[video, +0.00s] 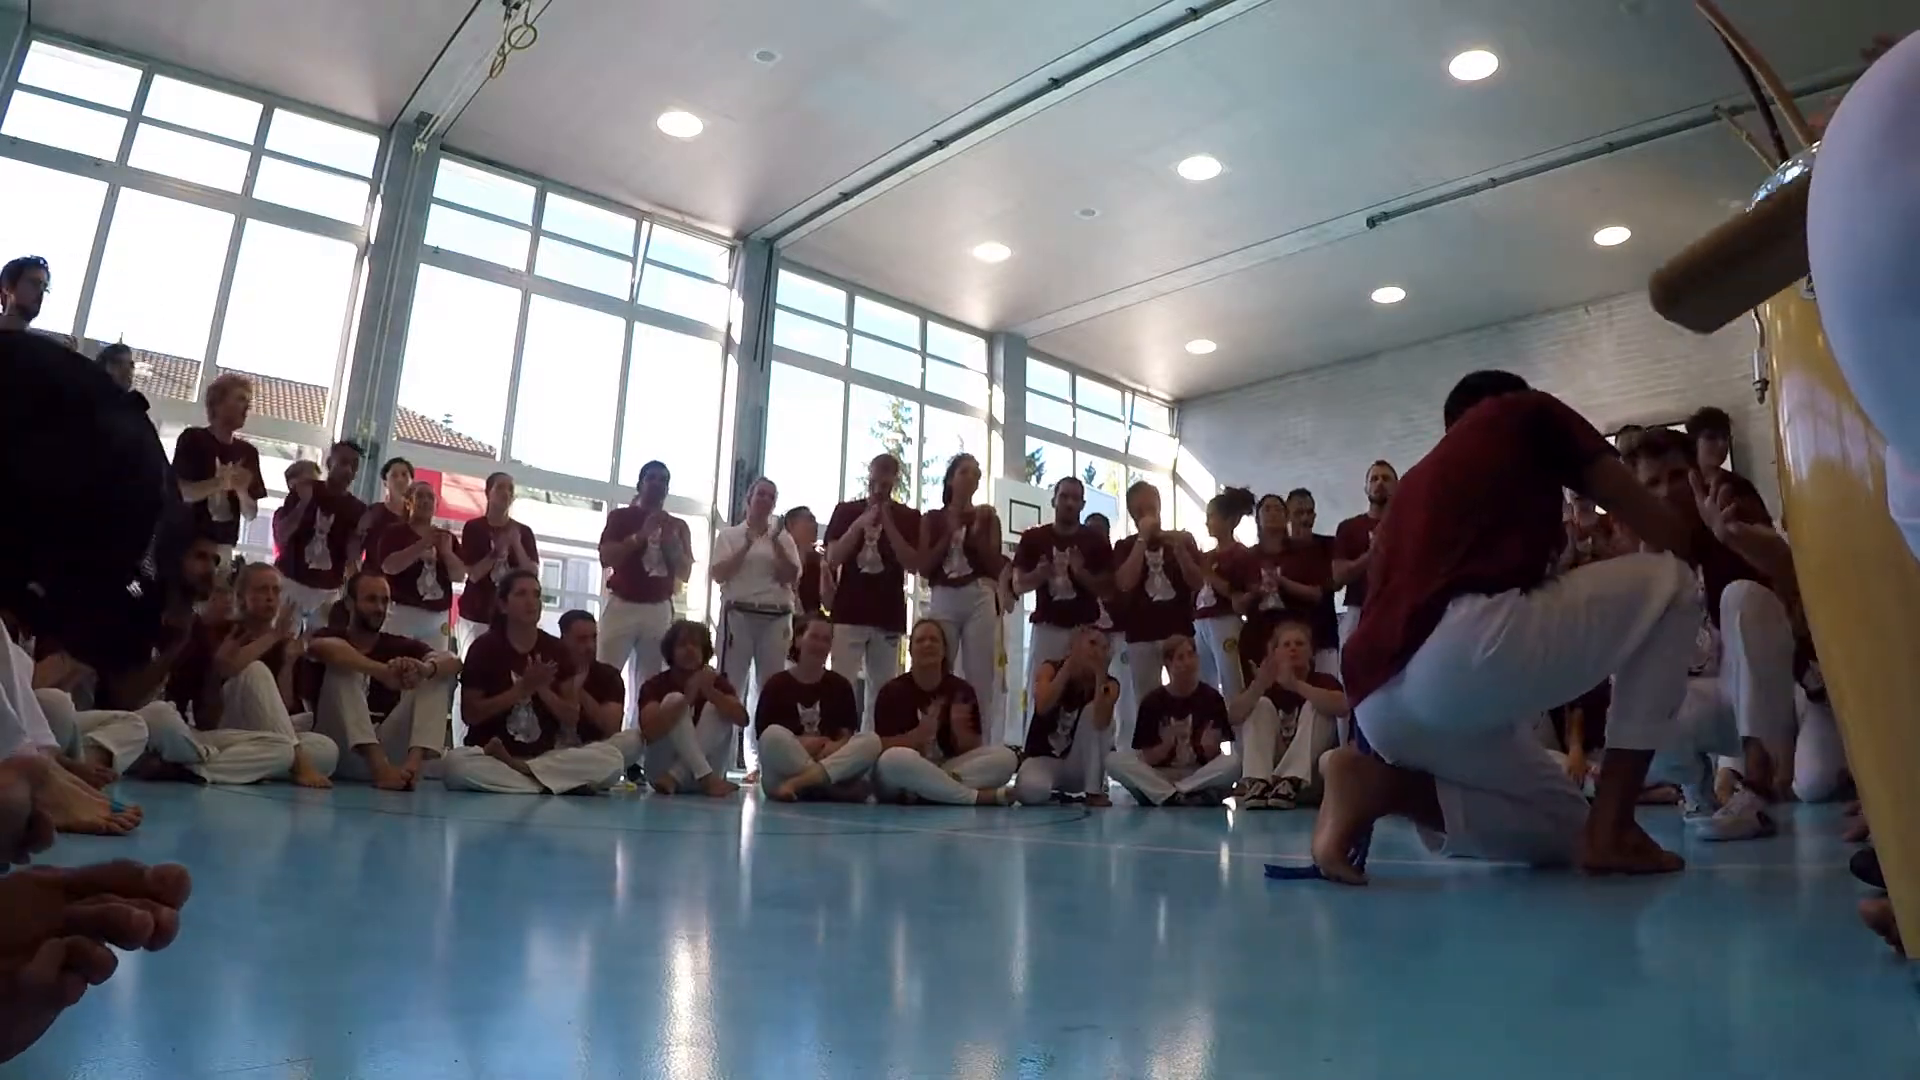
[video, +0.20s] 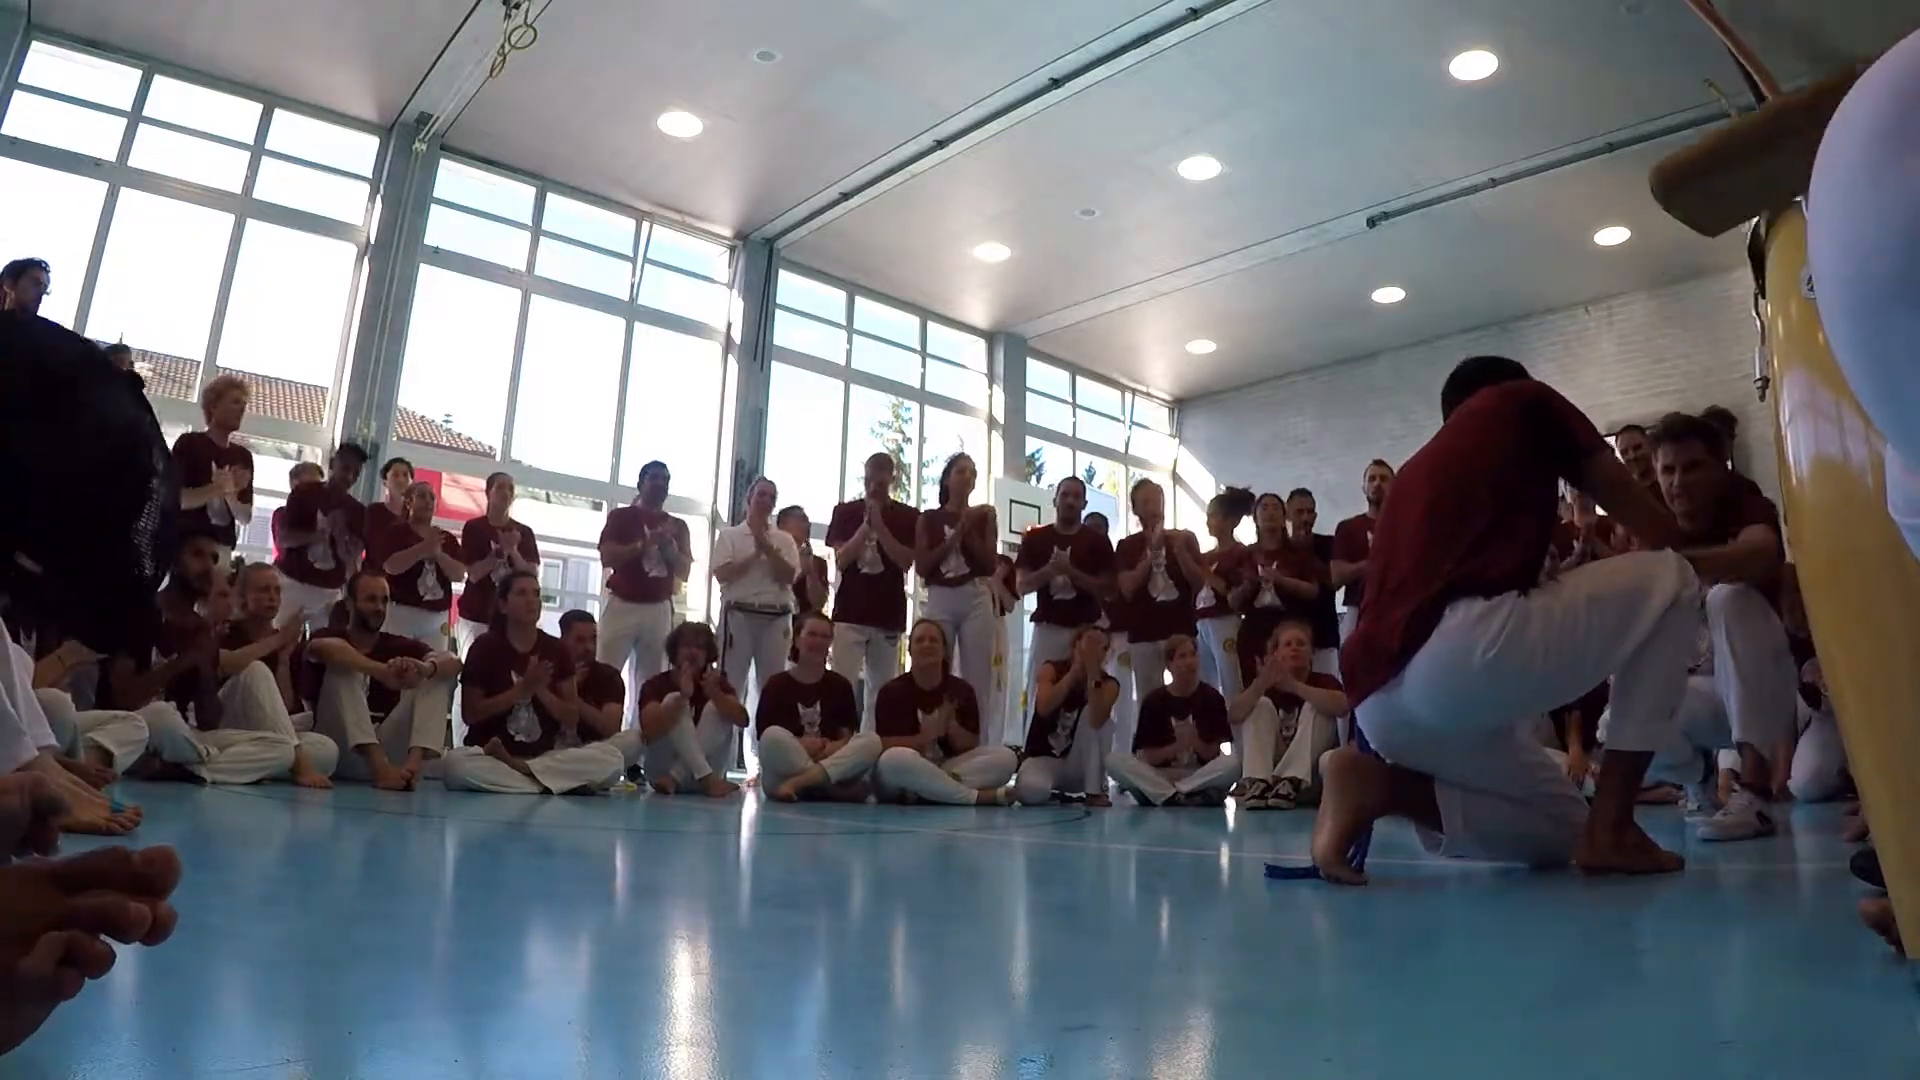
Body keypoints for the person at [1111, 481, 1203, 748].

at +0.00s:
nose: (1150, 515)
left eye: (1154, 508)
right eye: (1142, 509)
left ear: (1161, 507)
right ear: (1131, 512)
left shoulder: (1183, 540)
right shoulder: (1124, 546)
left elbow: (1197, 582)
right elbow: (1125, 583)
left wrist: (1179, 549)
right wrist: (1142, 540)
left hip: (1179, 631)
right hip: (1141, 633)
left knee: (1185, 694)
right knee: (1145, 700)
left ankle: (1189, 753)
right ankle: (1145, 758)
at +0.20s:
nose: (1154, 508)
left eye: (1158, 501)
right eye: (1147, 502)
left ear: (1164, 504)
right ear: (1135, 509)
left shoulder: (1184, 539)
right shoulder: (1128, 546)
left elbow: (1200, 581)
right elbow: (1128, 588)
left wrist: (1179, 551)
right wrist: (1151, 553)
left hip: (1181, 632)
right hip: (1144, 636)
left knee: (1188, 696)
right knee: (1148, 700)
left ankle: (1191, 753)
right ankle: (1148, 754)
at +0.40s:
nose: (1160, 502)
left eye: (1164, 496)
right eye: (1152, 498)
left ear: (1171, 501)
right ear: (1141, 506)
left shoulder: (1190, 537)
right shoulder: (1133, 544)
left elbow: (1203, 581)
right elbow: (1131, 590)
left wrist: (1179, 550)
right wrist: (1157, 568)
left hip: (1186, 631)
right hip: (1148, 635)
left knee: (1193, 701)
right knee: (1152, 705)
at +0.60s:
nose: (1168, 498)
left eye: (1170, 493)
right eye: (1159, 495)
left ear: (1176, 498)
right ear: (1147, 506)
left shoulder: (1196, 537)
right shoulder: (1138, 543)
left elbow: (1209, 581)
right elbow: (1134, 589)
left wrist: (1188, 548)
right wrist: (1160, 559)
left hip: (1193, 631)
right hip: (1153, 633)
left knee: (1202, 702)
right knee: (1156, 706)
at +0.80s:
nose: (1175, 496)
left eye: (1177, 492)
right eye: (1167, 492)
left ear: (1182, 497)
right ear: (1153, 504)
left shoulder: (1202, 537)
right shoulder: (1142, 541)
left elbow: (1211, 579)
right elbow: (1139, 587)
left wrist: (1186, 546)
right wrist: (1166, 560)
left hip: (1196, 630)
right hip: (1156, 633)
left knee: (1202, 702)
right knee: (1157, 705)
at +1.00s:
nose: (1176, 496)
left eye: (1178, 492)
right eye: (1168, 492)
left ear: (1184, 498)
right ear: (1155, 503)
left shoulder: (1204, 537)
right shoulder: (1144, 540)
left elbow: (1211, 580)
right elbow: (1138, 587)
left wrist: (1185, 545)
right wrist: (1166, 564)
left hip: (1197, 633)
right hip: (1155, 635)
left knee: (1202, 704)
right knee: (1157, 707)